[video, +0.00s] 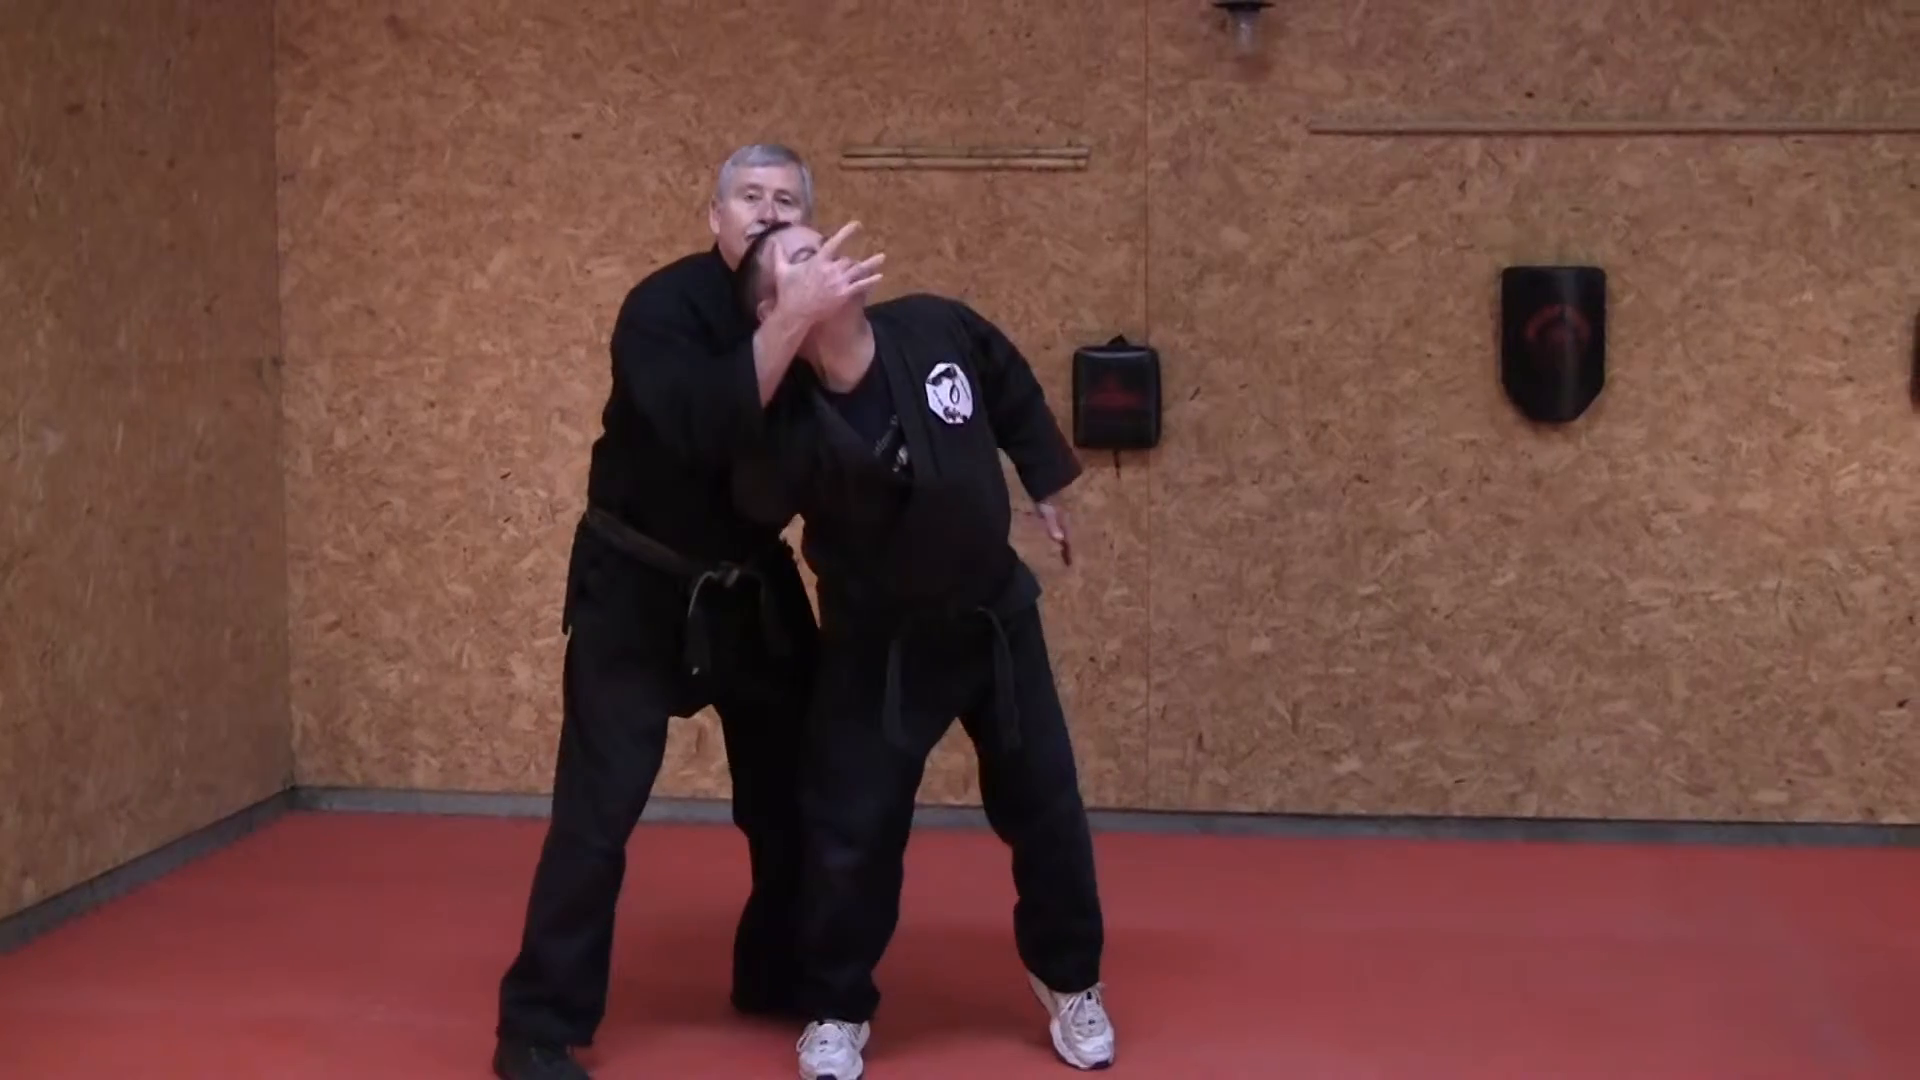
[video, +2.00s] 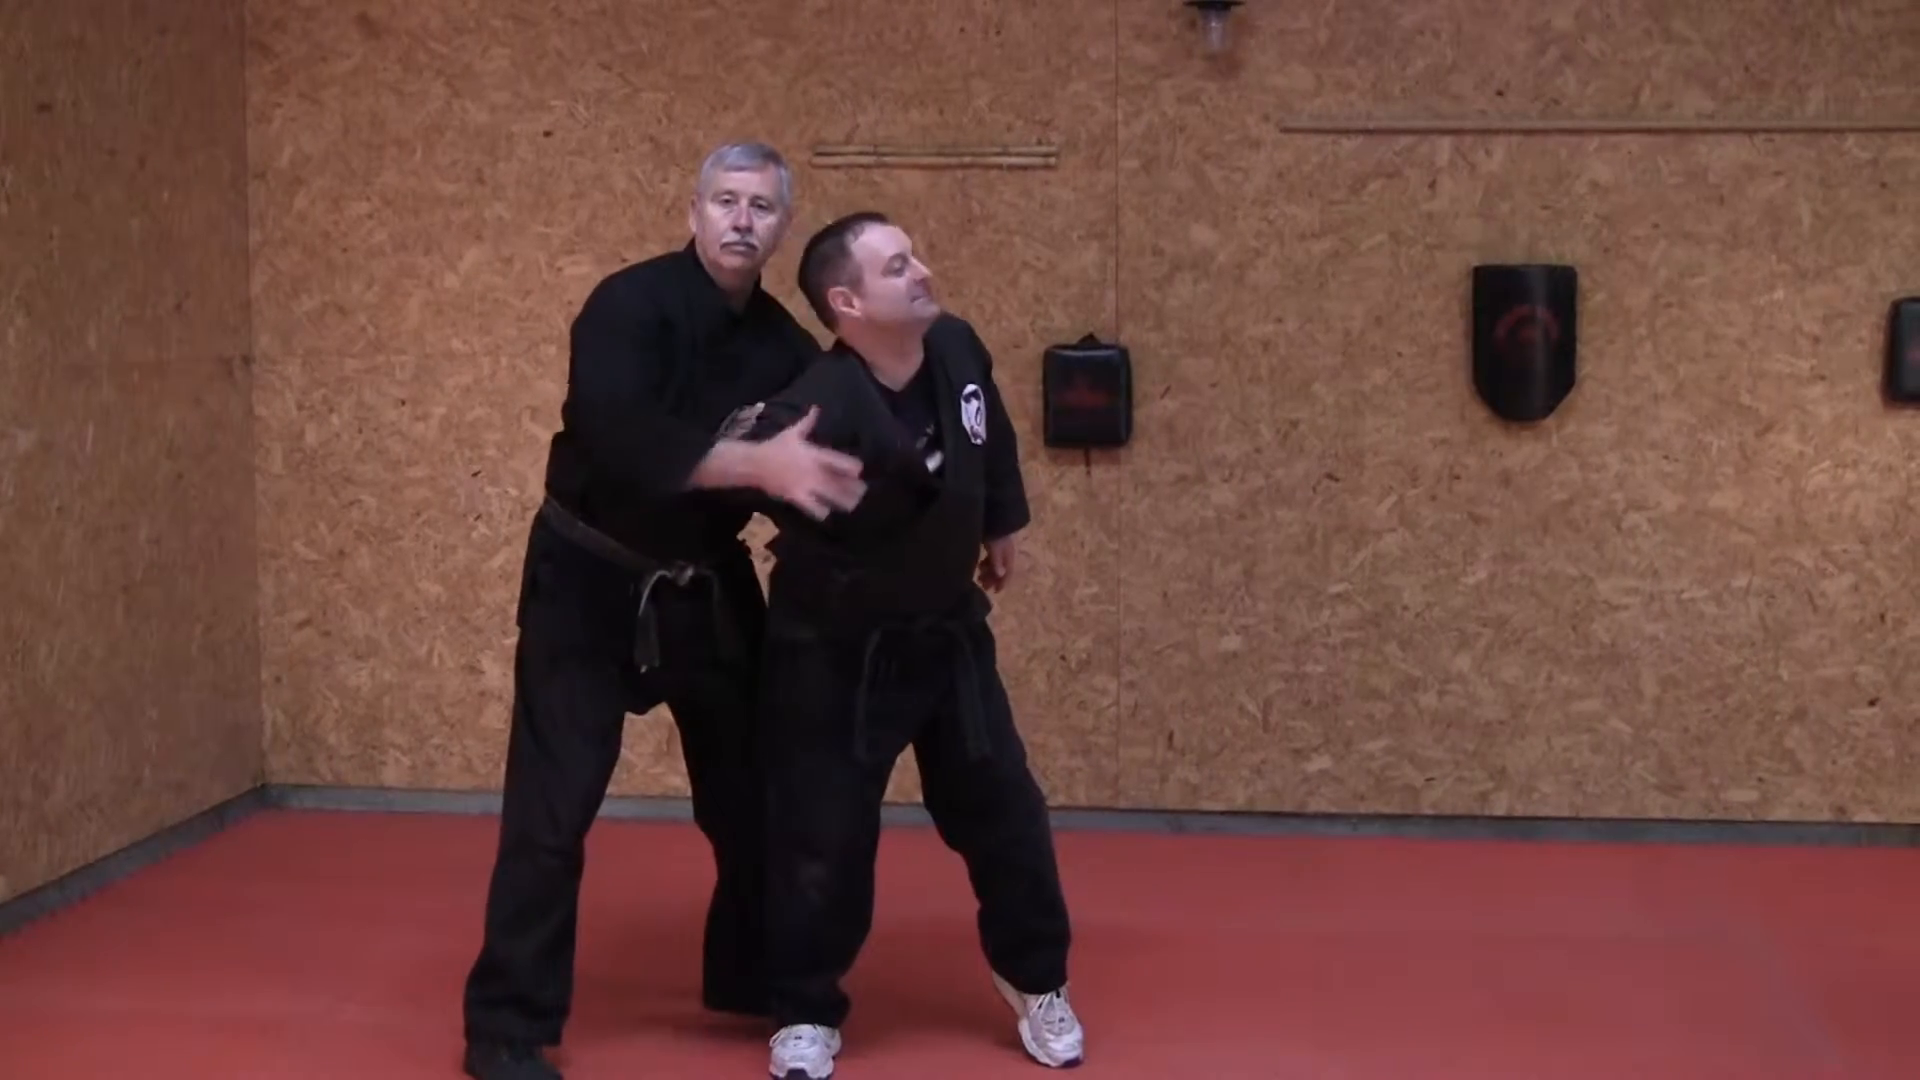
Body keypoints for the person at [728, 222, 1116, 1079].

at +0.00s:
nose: (824, 260)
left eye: (820, 247)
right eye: (795, 261)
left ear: (847, 265)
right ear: (778, 317)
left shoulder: (939, 331)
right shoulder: (789, 425)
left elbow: (1012, 391)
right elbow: (757, 511)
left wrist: (1045, 485)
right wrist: (781, 340)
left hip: (992, 616)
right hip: (876, 636)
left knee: (1045, 804)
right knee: (853, 826)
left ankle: (1070, 981)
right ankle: (838, 1011)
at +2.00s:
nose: (922, 273)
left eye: (916, 259)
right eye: (897, 268)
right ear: (845, 305)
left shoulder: (954, 347)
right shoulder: (815, 410)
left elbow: (991, 436)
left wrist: (1004, 524)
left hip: (944, 631)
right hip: (831, 648)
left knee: (1003, 808)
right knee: (821, 832)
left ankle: (1038, 983)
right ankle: (806, 1014)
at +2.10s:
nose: (937, 283)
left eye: (932, 268)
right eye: (914, 278)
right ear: (859, 312)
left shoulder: (965, 353)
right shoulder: (829, 406)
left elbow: (995, 443)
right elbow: (733, 466)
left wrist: (1003, 527)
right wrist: (734, 444)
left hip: (951, 632)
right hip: (837, 645)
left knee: (1011, 807)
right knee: (826, 831)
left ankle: (1037, 979)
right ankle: (808, 1013)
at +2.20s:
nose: (964, 302)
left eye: (959, 285)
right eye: (940, 295)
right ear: (882, 322)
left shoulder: (980, 361)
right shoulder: (838, 416)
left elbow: (1005, 452)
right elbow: (733, 474)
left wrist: (1005, 536)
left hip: (962, 629)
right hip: (846, 645)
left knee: (1030, 803)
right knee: (828, 833)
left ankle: (1042, 968)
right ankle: (807, 1015)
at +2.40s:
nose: (1053, 344)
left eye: (1052, 327)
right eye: (1031, 332)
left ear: (1055, 325)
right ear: (970, 340)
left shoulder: (1063, 408)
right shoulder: (903, 417)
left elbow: (1056, 537)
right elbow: (793, 445)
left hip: (997, 651)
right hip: (882, 655)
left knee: (1046, 830)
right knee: (839, 833)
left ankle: (1092, 1011)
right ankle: (807, 1015)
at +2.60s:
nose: (1130, 380)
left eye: (1148, 361)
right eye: (1113, 357)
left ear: (1164, 358)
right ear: (1073, 341)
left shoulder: (1169, 435)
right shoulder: (989, 400)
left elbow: (1182, 540)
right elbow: (871, 442)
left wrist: (1164, 634)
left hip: (1083, 653)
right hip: (958, 644)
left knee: (1105, 840)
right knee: (880, 819)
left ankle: (1105, 1023)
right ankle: (819, 1000)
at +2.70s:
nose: (1134, 363)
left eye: (1158, 348)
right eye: (1122, 340)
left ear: (1185, 348)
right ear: (1099, 324)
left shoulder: (1206, 435)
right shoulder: (1019, 386)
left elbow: (1239, 542)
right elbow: (924, 437)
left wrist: (1243, 651)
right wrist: (908, 505)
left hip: (1120, 650)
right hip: (992, 634)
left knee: (1125, 831)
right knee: (924, 806)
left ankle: (1104, 1023)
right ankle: (898, 981)